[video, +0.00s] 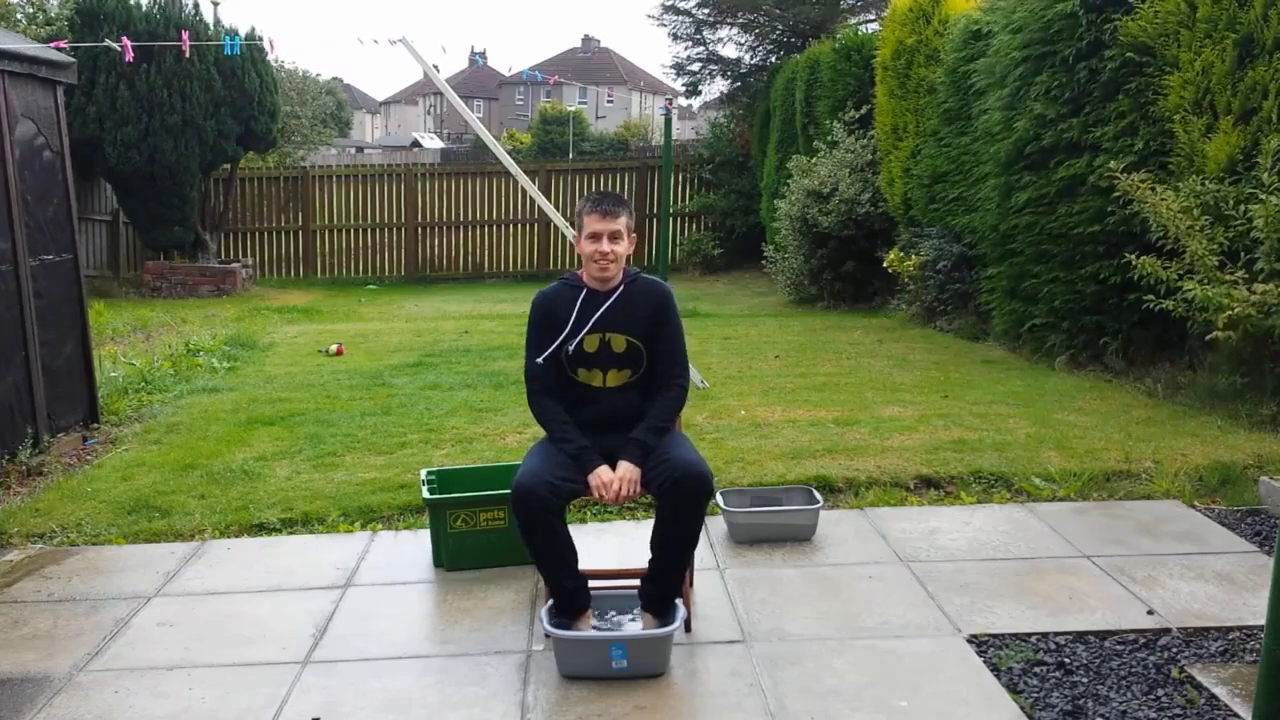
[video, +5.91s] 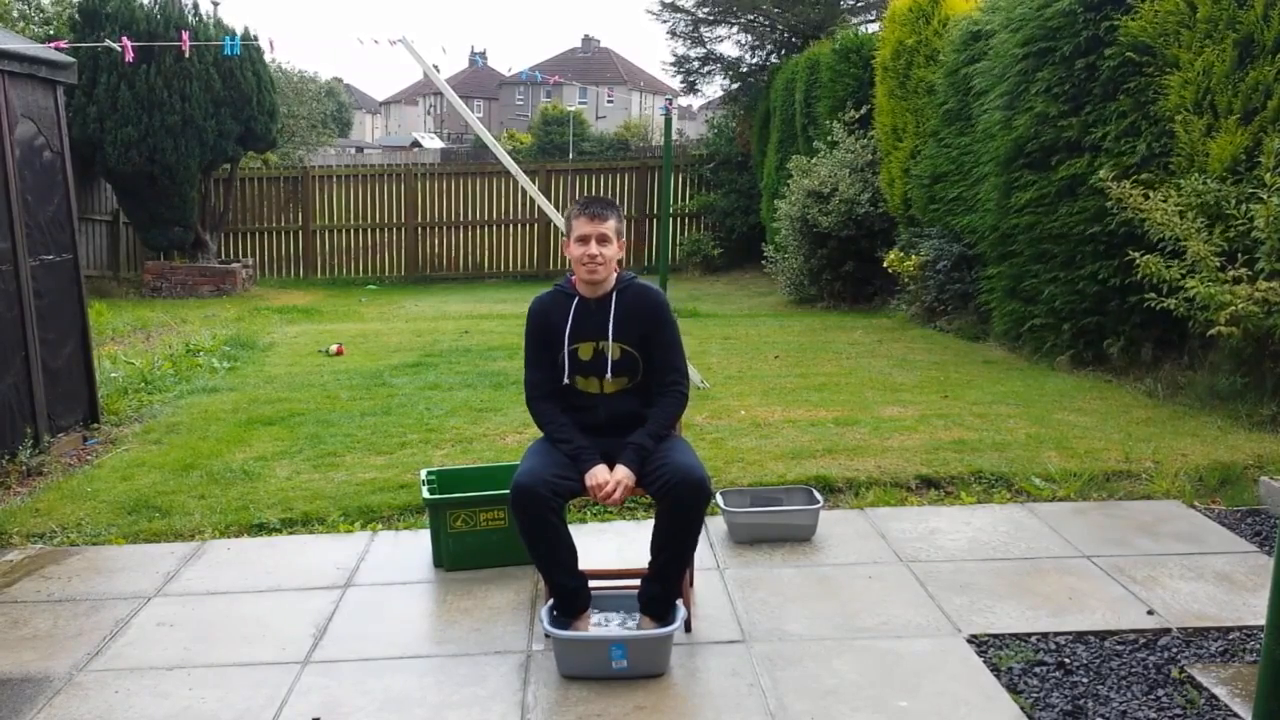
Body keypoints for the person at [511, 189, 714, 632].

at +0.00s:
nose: (604, 248)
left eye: (615, 238)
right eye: (593, 238)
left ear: (631, 244)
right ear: (577, 242)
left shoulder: (655, 297)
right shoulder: (550, 304)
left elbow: (673, 385)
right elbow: (541, 394)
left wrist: (634, 455)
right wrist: (589, 461)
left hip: (646, 433)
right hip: (573, 437)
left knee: (692, 479)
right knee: (528, 491)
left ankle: (658, 600)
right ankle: (572, 604)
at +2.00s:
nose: (620, 253)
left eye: (631, 243)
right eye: (610, 242)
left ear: (648, 250)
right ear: (593, 247)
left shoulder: (668, 308)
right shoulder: (563, 303)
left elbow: (681, 395)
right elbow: (545, 393)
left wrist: (632, 458)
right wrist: (587, 462)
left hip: (649, 435)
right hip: (575, 437)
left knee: (693, 485)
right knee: (527, 490)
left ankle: (656, 607)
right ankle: (574, 606)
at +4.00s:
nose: (616, 250)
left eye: (628, 240)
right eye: (606, 240)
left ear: (645, 248)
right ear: (590, 247)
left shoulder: (666, 307)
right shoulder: (562, 304)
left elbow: (680, 395)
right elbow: (545, 394)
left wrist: (633, 458)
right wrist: (587, 462)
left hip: (648, 436)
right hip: (574, 438)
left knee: (693, 484)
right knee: (527, 489)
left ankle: (658, 604)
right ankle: (571, 602)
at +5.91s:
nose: (592, 251)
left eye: (604, 241)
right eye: (582, 241)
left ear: (620, 249)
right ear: (566, 249)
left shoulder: (648, 303)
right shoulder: (546, 309)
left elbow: (673, 390)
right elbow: (541, 398)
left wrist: (631, 460)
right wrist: (588, 460)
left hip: (644, 435)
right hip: (571, 439)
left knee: (690, 484)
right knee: (528, 489)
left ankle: (657, 605)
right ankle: (572, 604)